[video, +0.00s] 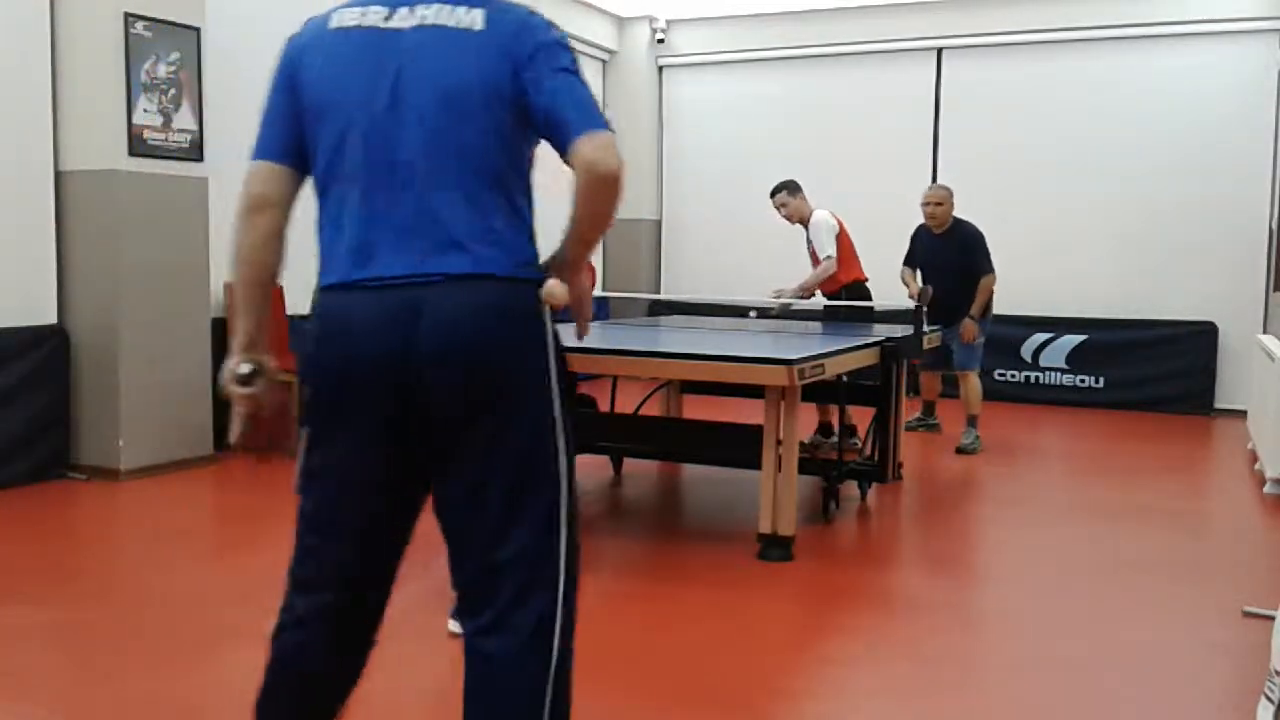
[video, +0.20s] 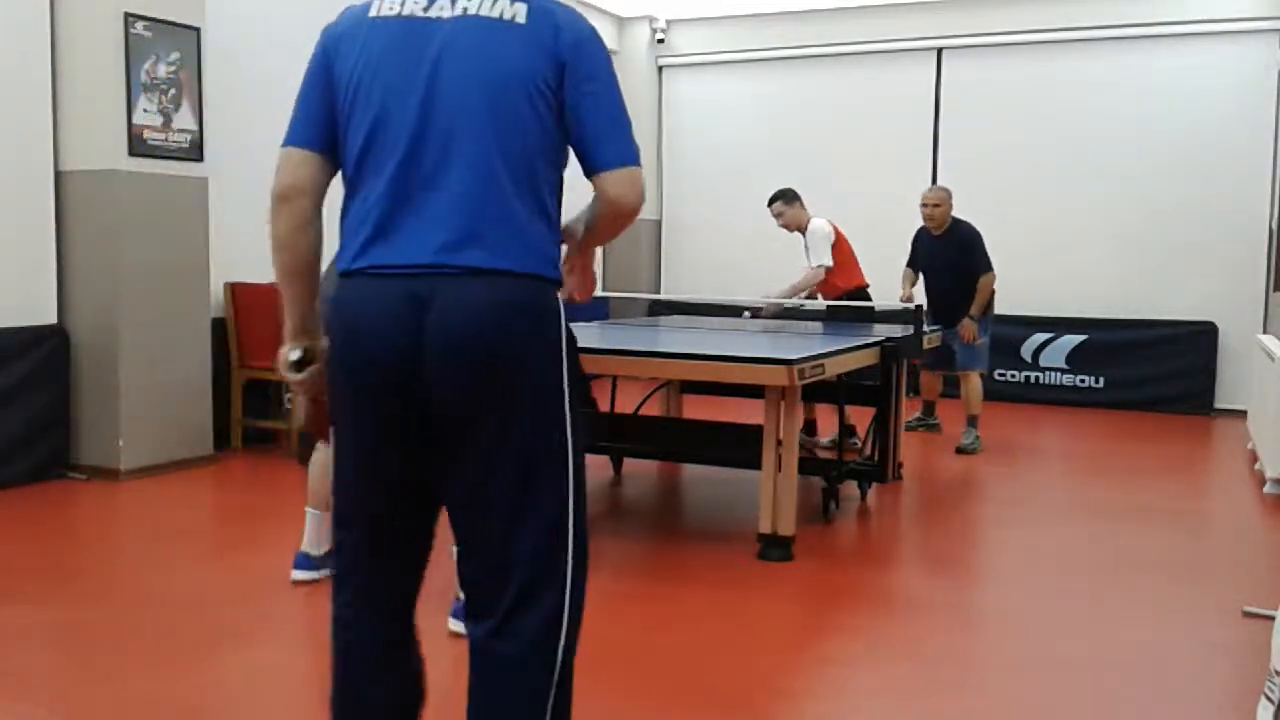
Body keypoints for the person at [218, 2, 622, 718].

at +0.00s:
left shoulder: (313, 42)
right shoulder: (516, 28)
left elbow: (262, 199)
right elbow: (600, 164)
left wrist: (246, 349)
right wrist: (570, 262)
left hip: (354, 332)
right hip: (491, 330)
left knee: (331, 592)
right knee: (515, 597)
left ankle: (287, 709)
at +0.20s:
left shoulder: (350, 29)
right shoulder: (558, 25)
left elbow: (293, 192)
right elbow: (623, 191)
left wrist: (301, 340)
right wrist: (584, 239)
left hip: (368, 320)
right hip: (504, 322)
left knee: (371, 582)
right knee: (521, 588)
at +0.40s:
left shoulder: (345, 41)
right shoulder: (545, 25)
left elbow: (289, 198)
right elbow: (611, 183)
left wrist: (337, 318)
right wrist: (568, 237)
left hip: (380, 325)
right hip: (514, 322)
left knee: (381, 593)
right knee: (537, 591)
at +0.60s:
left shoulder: (348, 57)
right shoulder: (536, 24)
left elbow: (309, 215)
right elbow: (591, 169)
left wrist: (374, 302)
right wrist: (564, 244)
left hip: (395, 329)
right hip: (526, 321)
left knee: (401, 591)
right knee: (601, 578)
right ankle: (609, 706)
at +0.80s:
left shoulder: (398, 69)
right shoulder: (588, 38)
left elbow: (361, 234)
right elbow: (651, 173)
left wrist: (435, 291)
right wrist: (611, 247)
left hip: (444, 335)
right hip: (572, 332)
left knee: (420, 595)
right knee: (633, 581)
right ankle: (686, 707)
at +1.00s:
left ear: (531, 3)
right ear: (607, 1)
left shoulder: (464, 69)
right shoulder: (665, 49)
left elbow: (429, 226)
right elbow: (742, 180)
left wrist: (484, 291)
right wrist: (679, 249)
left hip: (503, 337)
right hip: (637, 333)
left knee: (461, 587)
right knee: (688, 587)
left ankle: (417, 714)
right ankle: (709, 712)